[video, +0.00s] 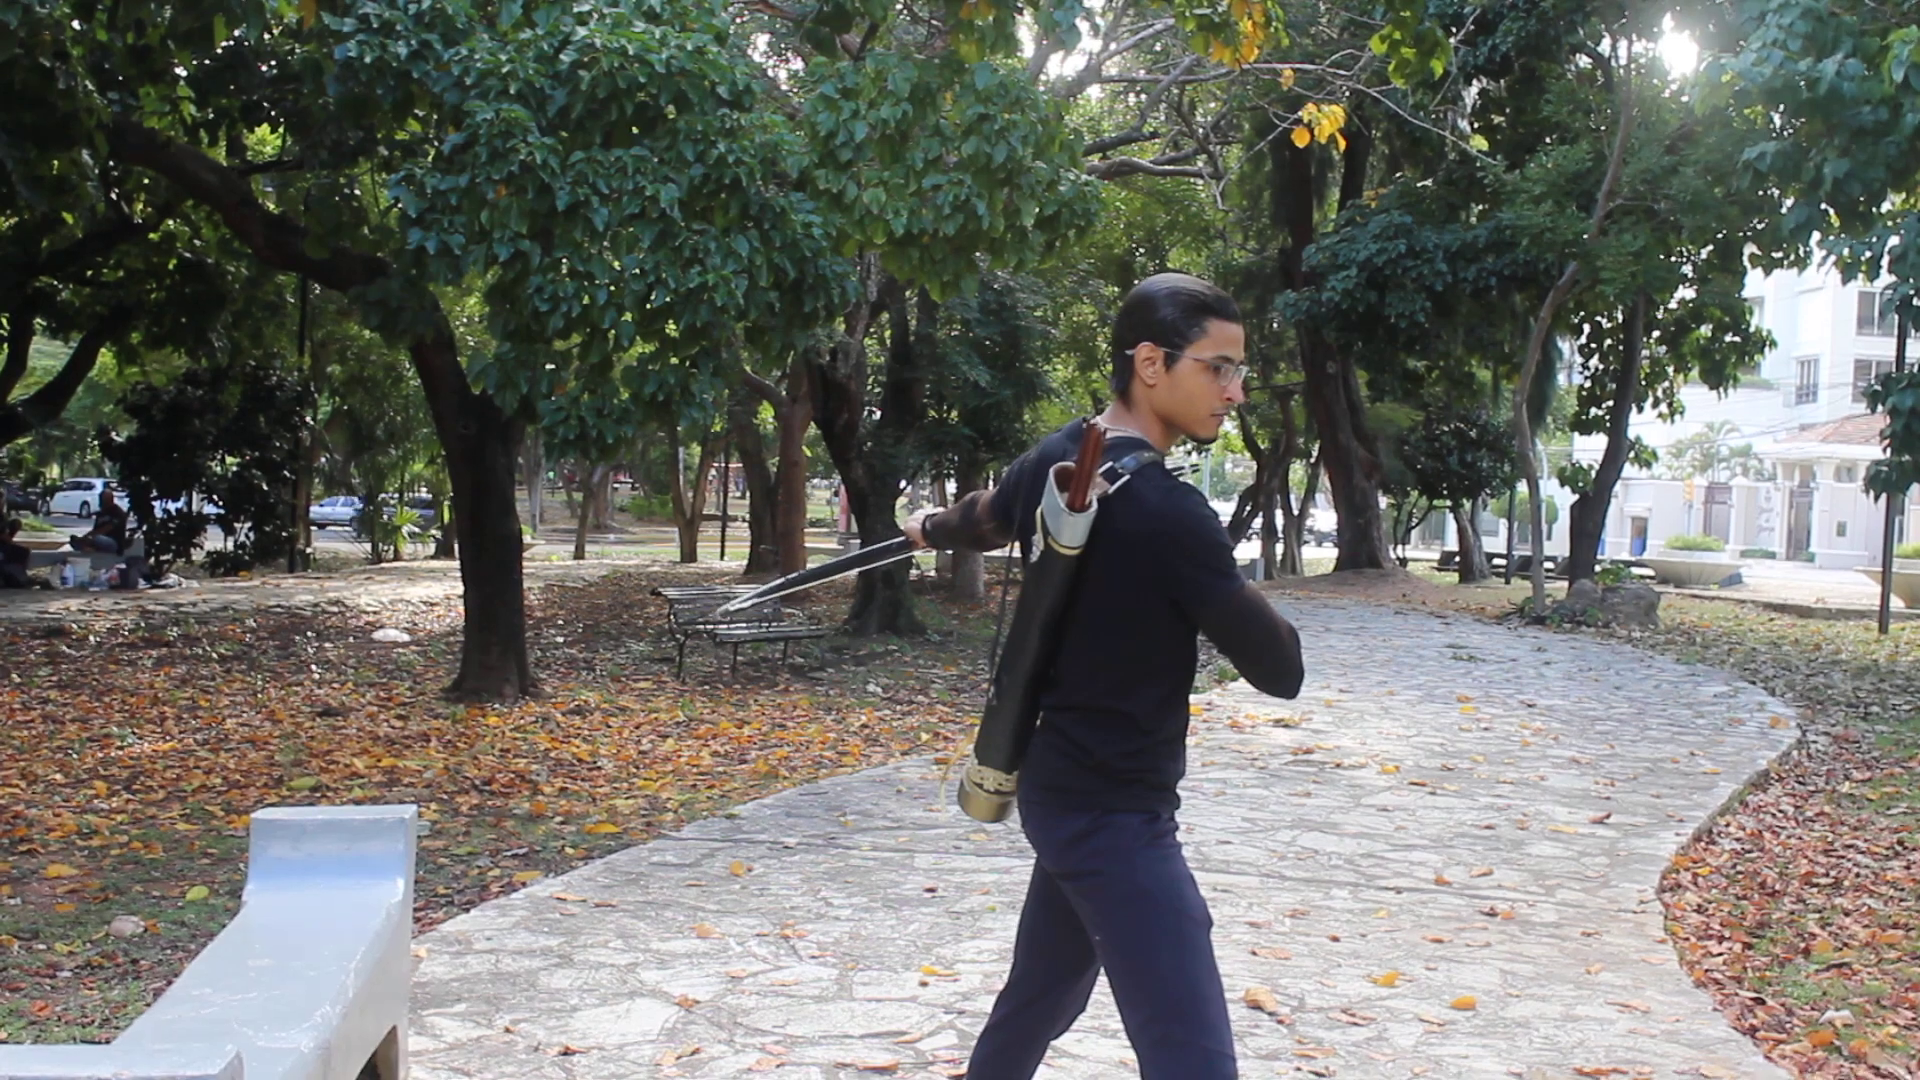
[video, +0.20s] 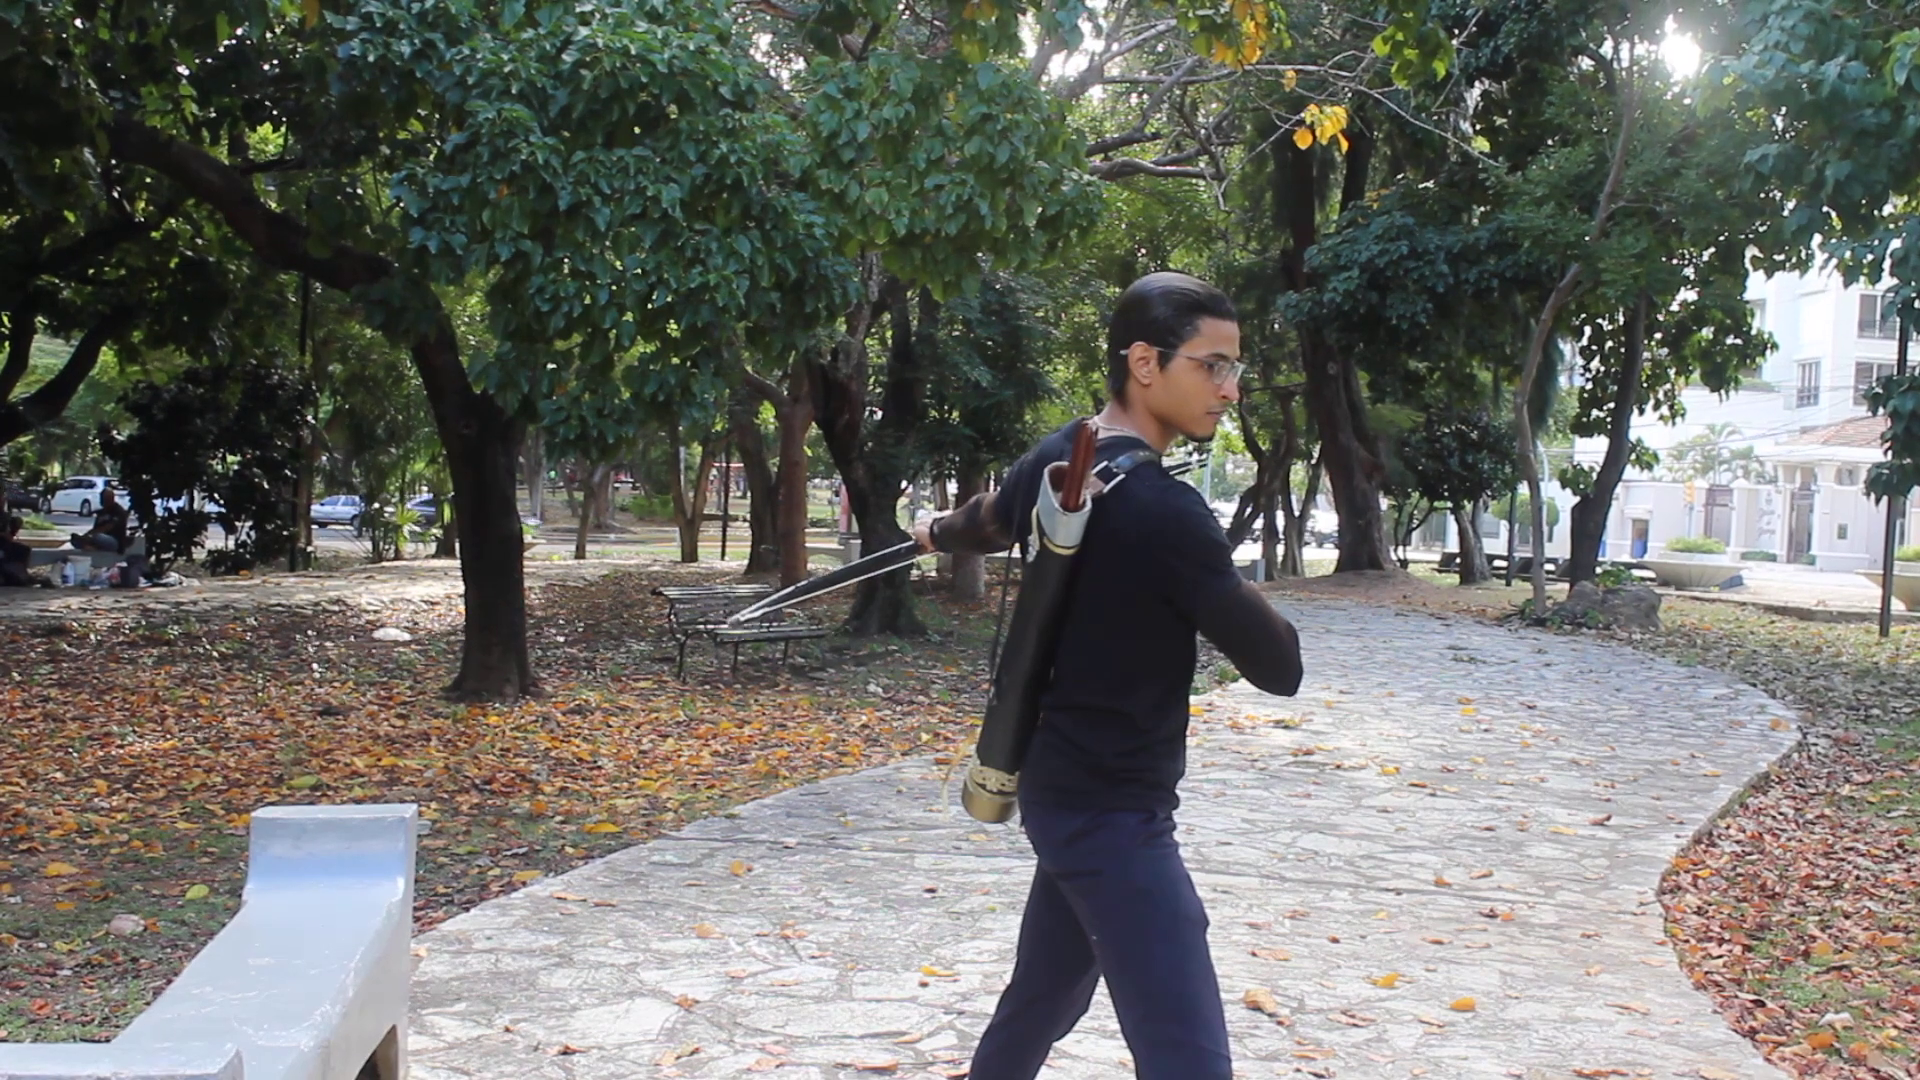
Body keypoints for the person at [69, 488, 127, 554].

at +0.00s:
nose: (103, 502)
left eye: (106, 499)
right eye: (102, 499)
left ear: (111, 500)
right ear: (100, 500)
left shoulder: (119, 513)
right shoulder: (100, 514)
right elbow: (96, 530)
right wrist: (84, 538)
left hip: (115, 542)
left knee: (97, 538)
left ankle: (78, 542)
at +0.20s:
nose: (103, 500)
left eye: (106, 497)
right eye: (102, 497)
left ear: (112, 498)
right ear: (101, 498)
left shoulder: (120, 511)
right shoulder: (101, 512)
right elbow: (96, 529)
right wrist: (85, 537)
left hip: (116, 541)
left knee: (98, 537)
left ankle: (81, 540)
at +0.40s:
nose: (103, 501)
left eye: (106, 499)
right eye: (102, 499)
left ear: (112, 499)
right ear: (101, 499)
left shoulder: (120, 513)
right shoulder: (102, 514)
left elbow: (110, 529)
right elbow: (97, 530)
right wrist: (86, 539)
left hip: (116, 542)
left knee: (98, 538)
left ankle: (81, 542)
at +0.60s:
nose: (103, 501)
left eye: (106, 498)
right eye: (103, 498)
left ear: (112, 499)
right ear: (103, 498)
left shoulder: (121, 512)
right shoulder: (103, 514)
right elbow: (98, 530)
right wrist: (87, 538)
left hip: (117, 542)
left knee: (98, 538)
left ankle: (82, 542)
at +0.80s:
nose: (103, 501)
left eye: (106, 499)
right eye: (103, 498)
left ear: (113, 499)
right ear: (103, 499)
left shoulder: (121, 513)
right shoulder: (103, 514)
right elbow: (98, 530)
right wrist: (86, 539)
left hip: (117, 542)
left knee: (99, 539)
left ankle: (82, 542)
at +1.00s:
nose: (104, 502)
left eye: (107, 499)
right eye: (103, 499)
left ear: (113, 500)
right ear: (103, 500)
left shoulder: (121, 513)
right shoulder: (103, 515)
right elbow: (98, 531)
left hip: (117, 543)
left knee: (98, 539)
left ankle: (81, 543)